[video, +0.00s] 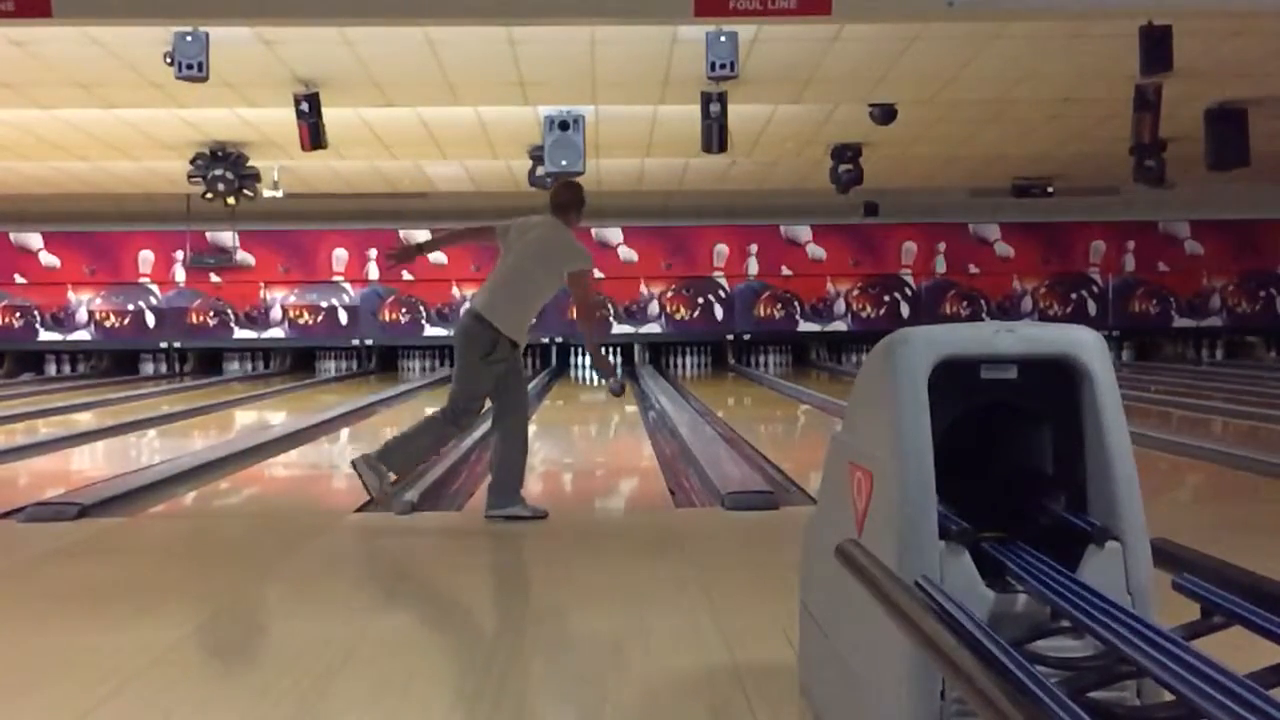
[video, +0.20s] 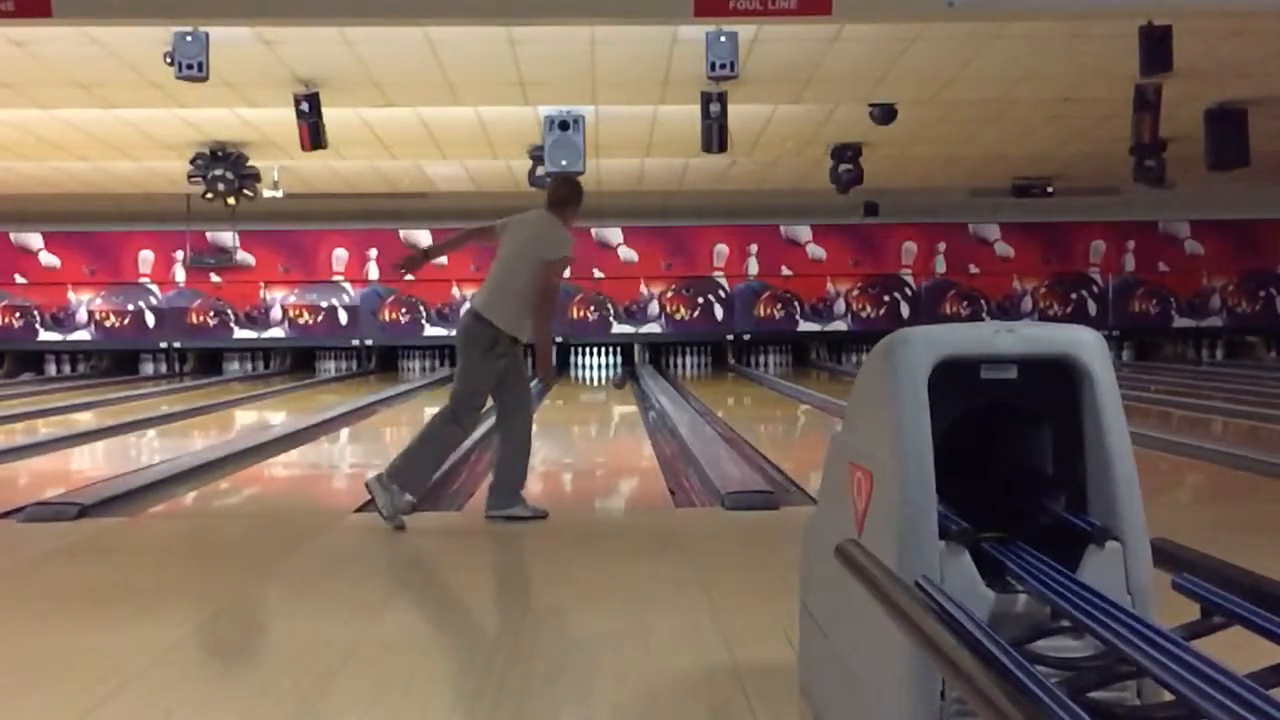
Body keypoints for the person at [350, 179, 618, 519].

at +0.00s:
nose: (580, 217)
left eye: (572, 209)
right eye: (581, 211)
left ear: (550, 205)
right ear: (579, 212)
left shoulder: (523, 226)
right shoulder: (574, 252)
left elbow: (465, 234)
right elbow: (585, 313)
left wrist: (416, 249)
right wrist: (595, 354)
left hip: (500, 341)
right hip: (487, 335)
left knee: (513, 418)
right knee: (459, 414)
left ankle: (505, 500)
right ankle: (379, 463)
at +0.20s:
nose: (576, 213)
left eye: (574, 205)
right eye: (578, 207)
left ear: (548, 199)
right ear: (576, 207)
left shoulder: (523, 220)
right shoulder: (559, 239)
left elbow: (472, 235)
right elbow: (545, 299)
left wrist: (426, 254)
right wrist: (544, 361)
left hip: (498, 336)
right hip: (489, 332)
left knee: (518, 416)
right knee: (461, 415)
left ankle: (505, 500)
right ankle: (393, 484)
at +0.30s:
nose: (574, 210)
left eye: (571, 201)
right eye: (576, 204)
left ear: (547, 196)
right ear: (575, 204)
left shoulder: (521, 219)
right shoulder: (555, 236)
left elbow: (472, 235)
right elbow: (529, 280)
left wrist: (428, 258)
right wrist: (515, 333)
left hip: (487, 327)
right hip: (491, 332)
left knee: (517, 414)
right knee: (461, 414)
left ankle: (506, 501)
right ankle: (393, 483)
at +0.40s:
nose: (573, 207)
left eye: (570, 199)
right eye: (575, 200)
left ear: (545, 195)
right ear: (574, 201)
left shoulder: (522, 218)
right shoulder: (551, 229)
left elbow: (473, 236)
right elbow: (517, 260)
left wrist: (428, 261)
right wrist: (487, 314)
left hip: (499, 333)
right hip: (492, 331)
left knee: (514, 415)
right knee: (463, 414)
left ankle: (505, 501)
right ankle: (394, 482)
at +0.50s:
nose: (574, 204)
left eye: (571, 196)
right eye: (574, 197)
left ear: (545, 193)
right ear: (573, 197)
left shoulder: (525, 216)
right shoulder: (548, 222)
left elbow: (474, 236)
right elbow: (510, 244)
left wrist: (428, 262)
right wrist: (472, 277)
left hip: (500, 329)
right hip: (491, 327)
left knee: (510, 416)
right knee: (469, 412)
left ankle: (505, 500)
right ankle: (398, 480)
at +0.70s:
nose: (573, 199)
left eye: (570, 192)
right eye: (572, 192)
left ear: (541, 189)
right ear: (568, 192)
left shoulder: (532, 217)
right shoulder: (547, 217)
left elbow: (469, 228)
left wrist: (424, 258)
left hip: (495, 326)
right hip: (493, 326)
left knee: (505, 415)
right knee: (487, 413)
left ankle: (504, 498)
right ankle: (412, 474)